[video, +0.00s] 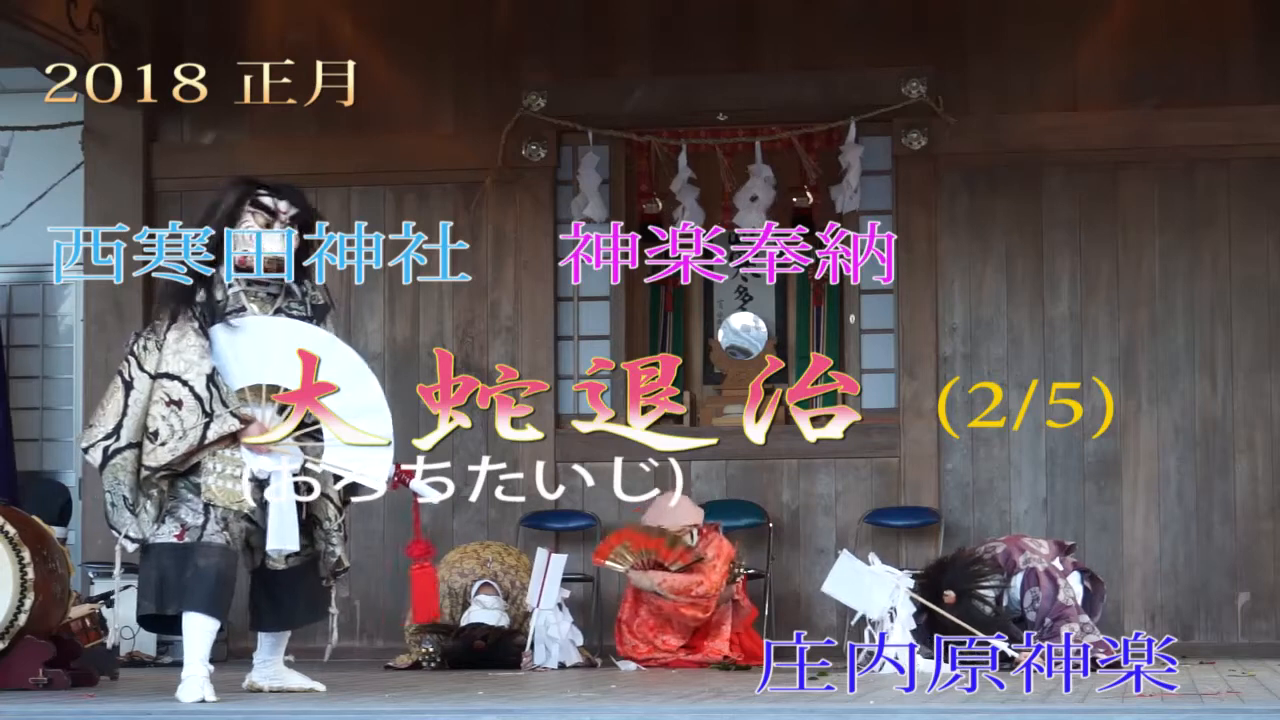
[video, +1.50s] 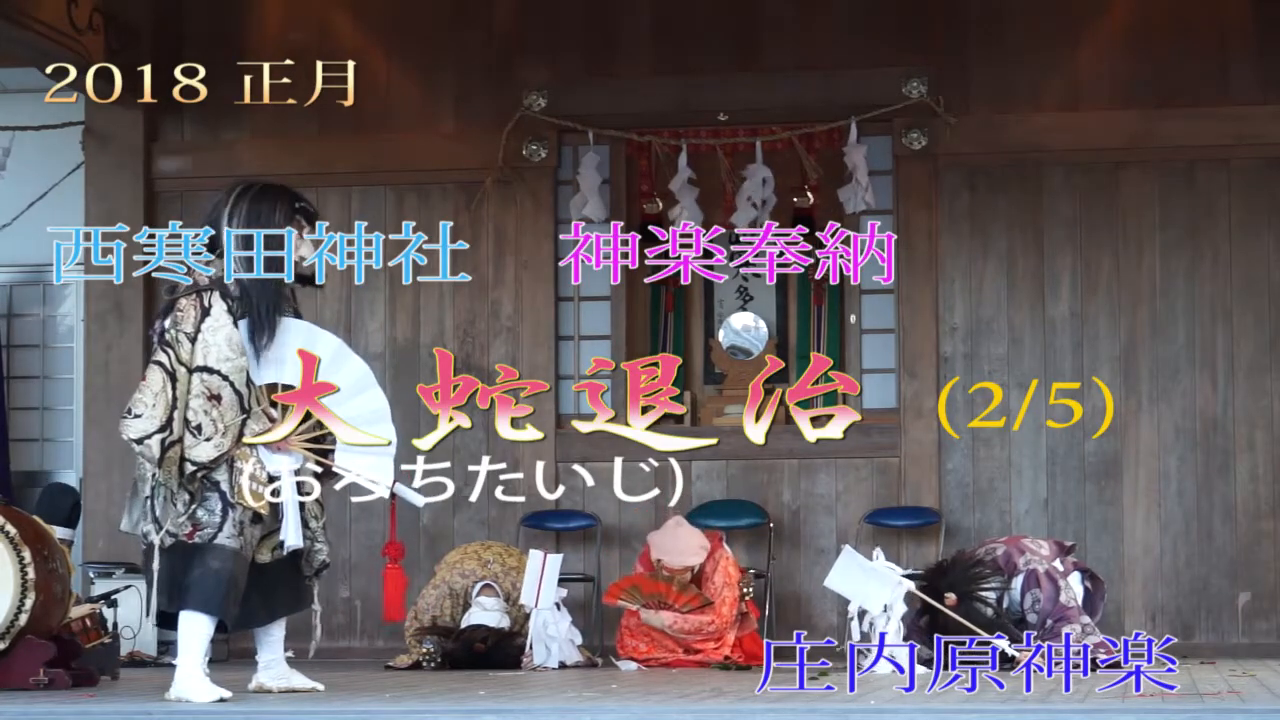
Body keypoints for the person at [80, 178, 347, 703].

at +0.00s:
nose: (269, 241)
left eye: (283, 231)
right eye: (256, 227)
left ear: (298, 242)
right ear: (226, 231)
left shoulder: (305, 308)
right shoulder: (195, 310)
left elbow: (330, 395)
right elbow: (173, 400)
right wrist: (234, 427)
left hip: (286, 456)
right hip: (214, 454)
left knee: (289, 550)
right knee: (211, 549)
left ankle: (269, 664)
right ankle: (195, 673)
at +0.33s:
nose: (284, 240)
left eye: (292, 229)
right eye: (270, 226)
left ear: (303, 240)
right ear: (236, 231)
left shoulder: (301, 308)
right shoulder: (199, 309)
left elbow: (322, 387)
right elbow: (184, 406)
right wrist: (250, 430)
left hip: (280, 459)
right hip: (215, 458)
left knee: (282, 553)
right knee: (215, 551)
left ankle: (275, 666)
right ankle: (194, 672)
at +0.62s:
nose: (290, 238)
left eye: (295, 228)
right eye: (277, 225)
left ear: (298, 238)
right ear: (243, 229)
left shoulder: (295, 306)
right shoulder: (203, 307)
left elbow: (313, 386)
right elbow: (194, 409)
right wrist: (254, 430)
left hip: (279, 459)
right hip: (219, 458)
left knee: (281, 555)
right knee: (216, 554)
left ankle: (273, 665)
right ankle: (189, 673)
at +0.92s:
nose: (290, 239)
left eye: (294, 229)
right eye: (278, 225)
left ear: (294, 241)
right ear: (243, 230)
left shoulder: (287, 305)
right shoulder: (202, 306)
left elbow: (304, 384)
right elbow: (193, 404)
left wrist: (305, 435)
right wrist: (249, 441)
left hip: (272, 457)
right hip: (216, 458)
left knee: (275, 554)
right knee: (217, 553)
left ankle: (272, 664)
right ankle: (189, 673)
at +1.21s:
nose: (303, 239)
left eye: (303, 228)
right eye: (292, 226)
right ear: (256, 231)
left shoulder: (284, 304)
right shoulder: (206, 306)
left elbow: (301, 385)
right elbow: (200, 409)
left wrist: (309, 437)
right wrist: (257, 450)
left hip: (269, 457)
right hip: (215, 457)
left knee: (275, 550)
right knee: (215, 552)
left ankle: (272, 664)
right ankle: (189, 673)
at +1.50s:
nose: (311, 248)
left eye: (310, 235)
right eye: (303, 234)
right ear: (267, 237)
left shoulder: (274, 312)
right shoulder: (210, 309)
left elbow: (288, 395)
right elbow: (203, 414)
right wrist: (259, 453)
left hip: (265, 456)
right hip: (216, 458)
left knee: (277, 547)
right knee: (219, 546)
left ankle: (273, 664)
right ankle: (189, 672)